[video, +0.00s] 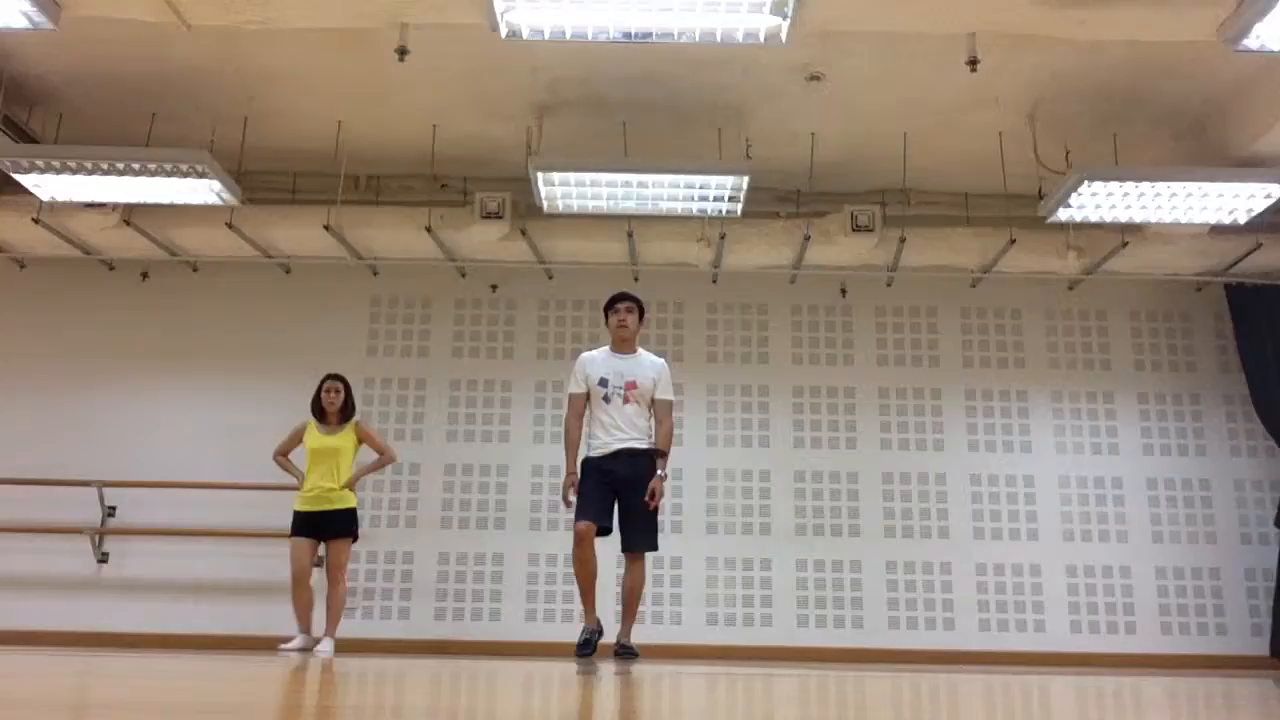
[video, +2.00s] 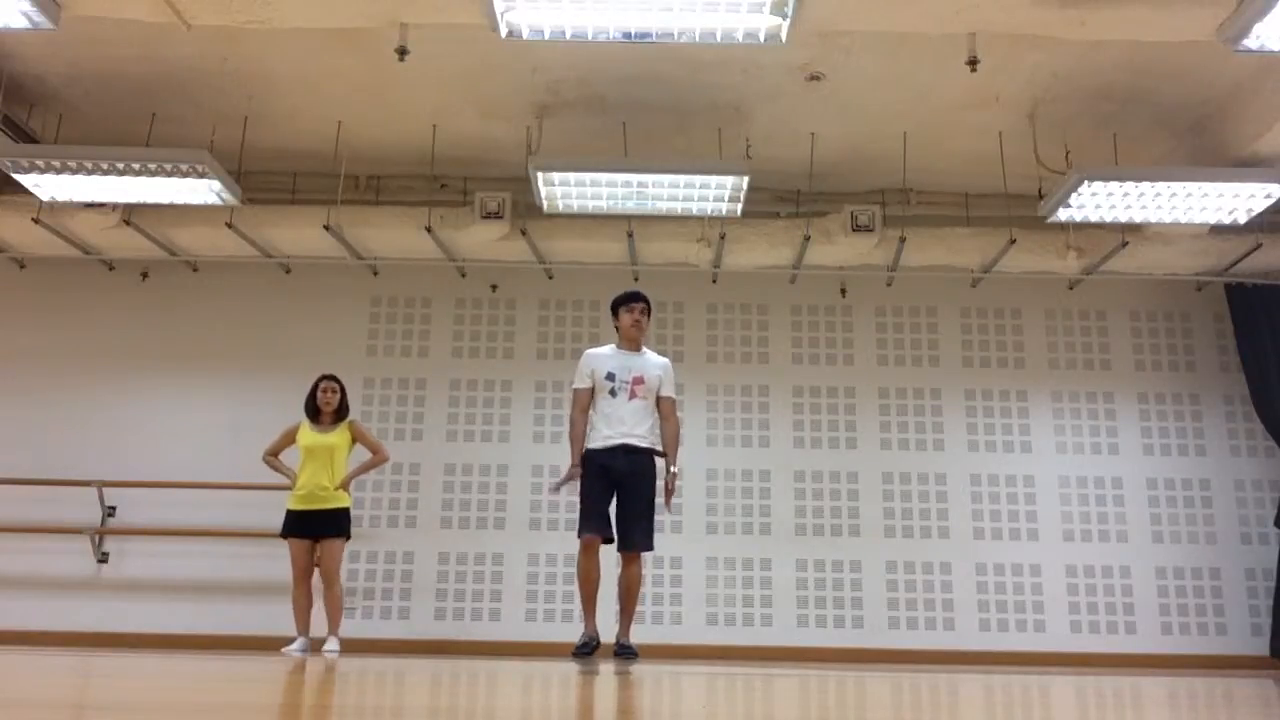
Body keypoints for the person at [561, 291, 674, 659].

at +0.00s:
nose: (622, 318)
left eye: (629, 312)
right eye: (616, 313)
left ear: (641, 321)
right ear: (607, 322)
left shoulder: (656, 366)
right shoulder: (588, 362)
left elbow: (664, 422)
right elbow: (574, 417)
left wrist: (660, 472)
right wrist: (571, 469)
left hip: (639, 464)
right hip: (597, 464)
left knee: (635, 551)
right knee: (583, 531)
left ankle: (625, 636)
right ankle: (590, 623)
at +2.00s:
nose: (638, 317)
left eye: (643, 313)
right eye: (631, 312)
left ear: (649, 321)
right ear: (616, 318)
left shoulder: (661, 366)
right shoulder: (593, 358)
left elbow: (669, 418)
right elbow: (579, 412)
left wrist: (671, 467)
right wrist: (576, 460)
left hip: (641, 461)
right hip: (598, 459)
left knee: (632, 551)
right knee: (589, 541)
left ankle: (624, 636)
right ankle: (589, 630)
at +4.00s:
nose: (626, 319)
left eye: (633, 314)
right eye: (620, 314)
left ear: (643, 322)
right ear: (610, 321)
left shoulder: (657, 368)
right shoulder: (590, 362)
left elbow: (667, 422)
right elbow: (576, 415)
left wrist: (665, 474)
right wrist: (577, 461)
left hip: (641, 463)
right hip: (600, 462)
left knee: (635, 551)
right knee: (596, 535)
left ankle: (624, 636)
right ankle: (593, 624)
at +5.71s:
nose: (598, 324)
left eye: (604, 316)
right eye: (594, 318)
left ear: (623, 317)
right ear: (591, 323)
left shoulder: (648, 363)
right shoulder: (581, 362)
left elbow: (658, 419)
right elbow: (568, 416)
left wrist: (655, 470)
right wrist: (561, 467)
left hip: (627, 462)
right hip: (584, 460)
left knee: (627, 551)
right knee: (561, 534)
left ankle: (623, 636)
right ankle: (551, 625)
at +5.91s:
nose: (577, 320)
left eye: (583, 313)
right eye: (574, 315)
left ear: (604, 314)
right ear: (574, 320)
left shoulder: (632, 359)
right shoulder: (564, 361)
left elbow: (646, 416)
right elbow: (554, 417)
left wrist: (646, 467)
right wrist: (546, 471)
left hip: (613, 462)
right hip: (569, 461)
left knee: (618, 553)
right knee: (548, 547)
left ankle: (622, 637)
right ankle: (530, 634)